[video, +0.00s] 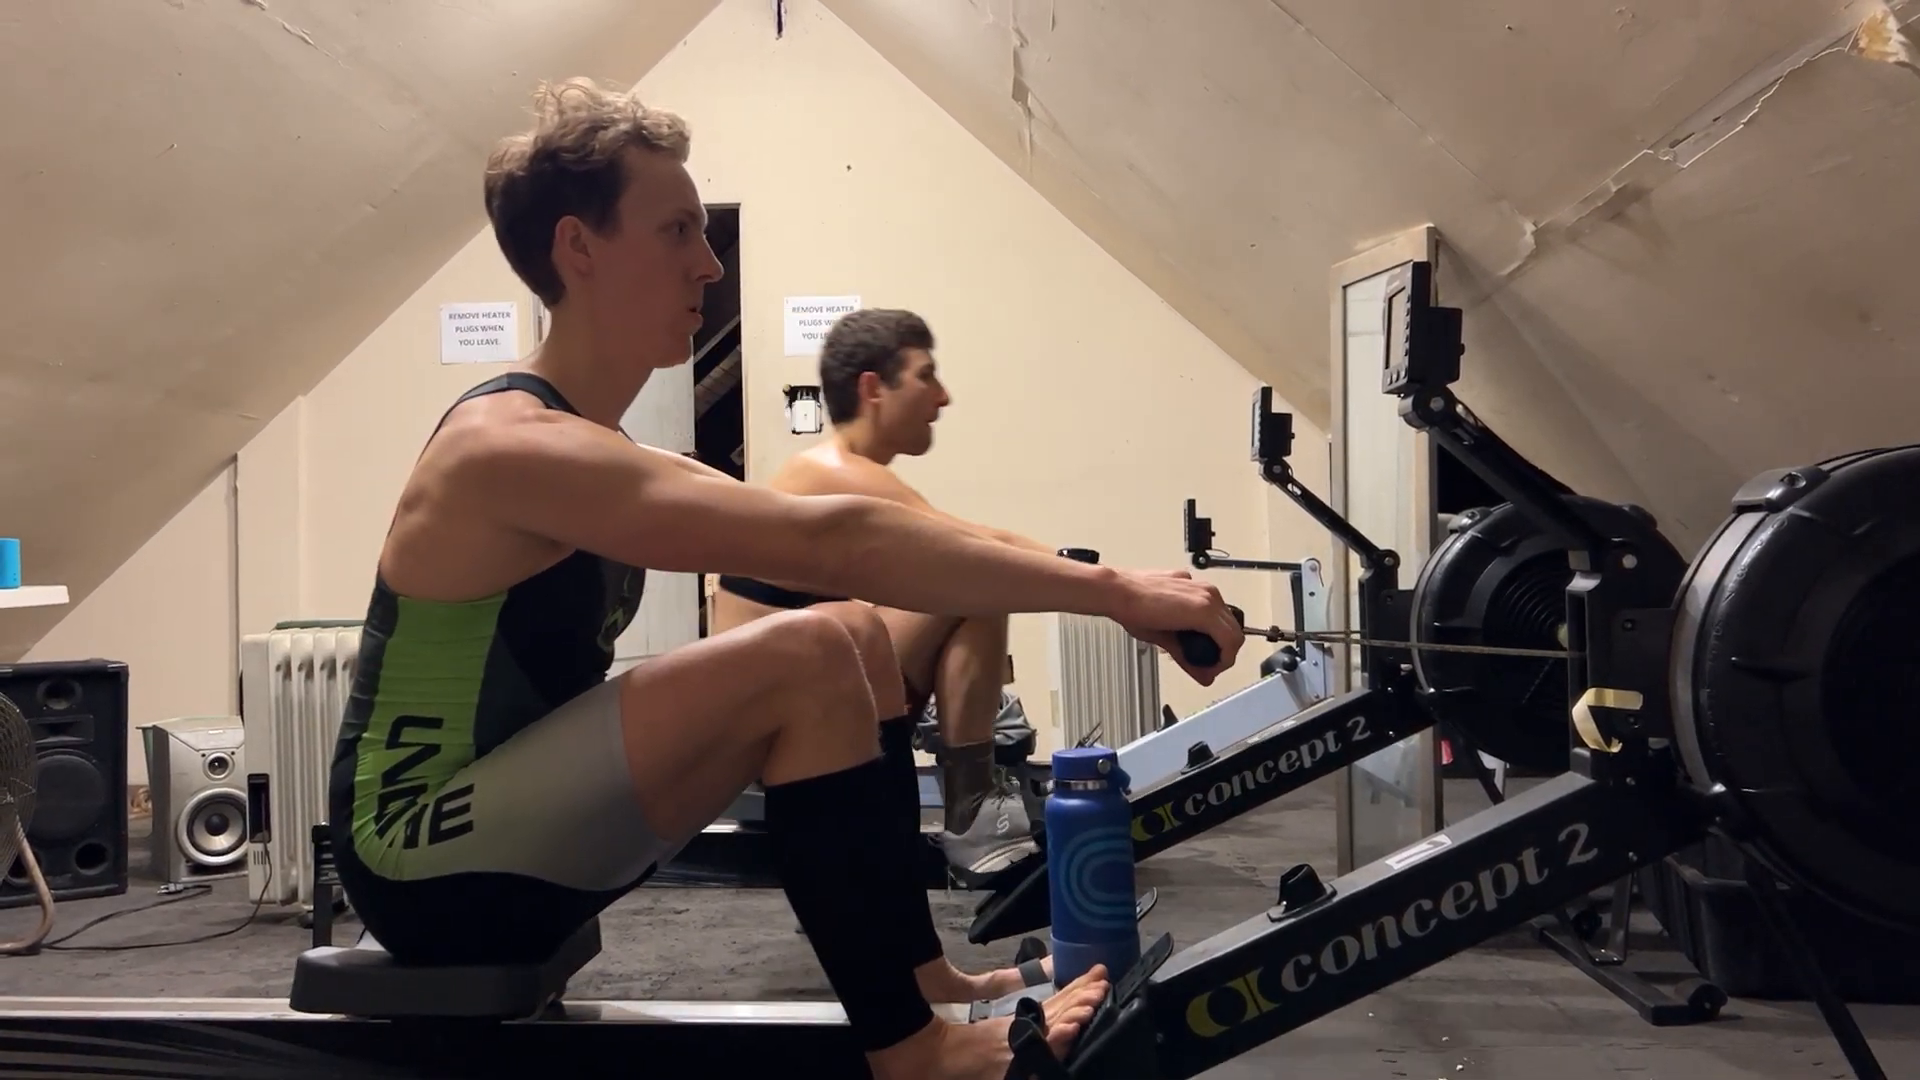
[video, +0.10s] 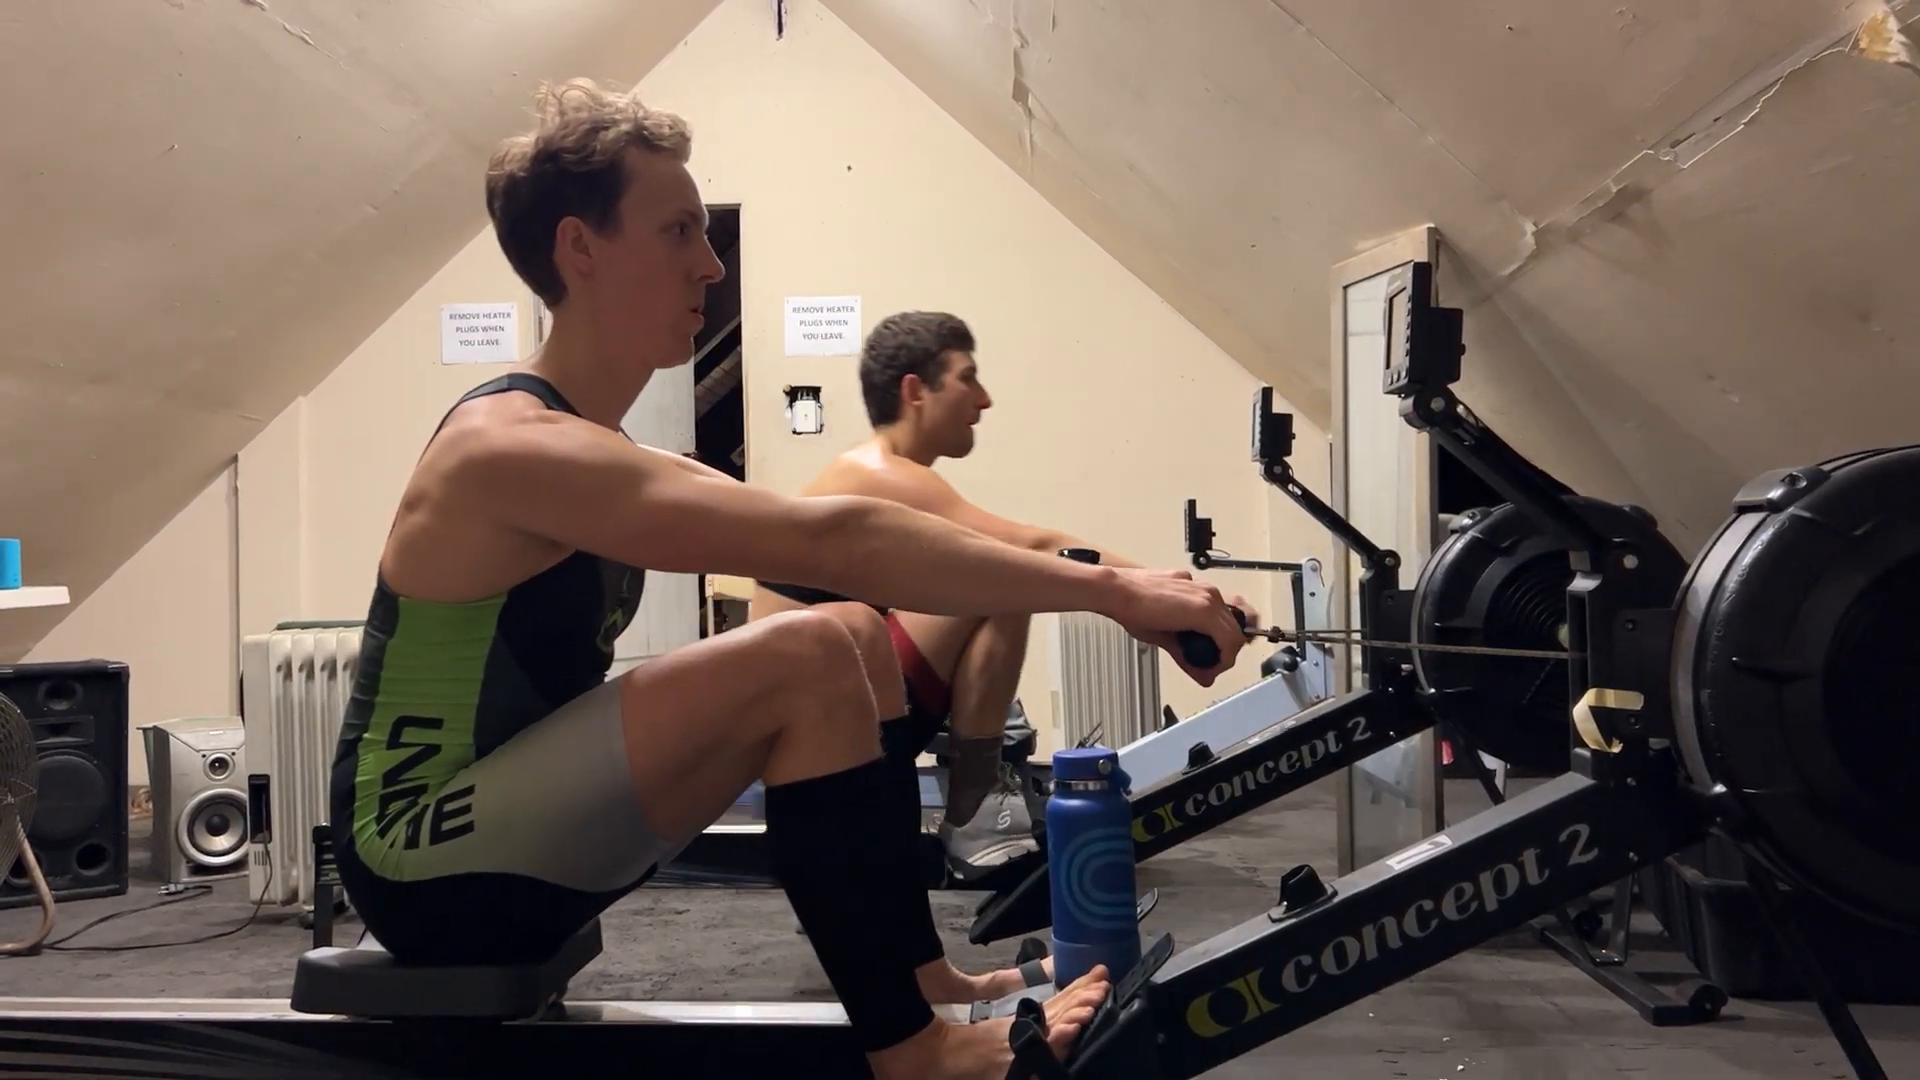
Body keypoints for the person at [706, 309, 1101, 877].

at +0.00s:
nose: (944, 397)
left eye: (937, 378)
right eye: (927, 378)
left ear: (873, 392)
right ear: (872, 390)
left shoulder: (831, 467)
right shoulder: (840, 473)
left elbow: (965, 543)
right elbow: (971, 545)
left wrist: (1071, 571)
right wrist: (1083, 574)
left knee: (974, 587)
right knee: (973, 587)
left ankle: (974, 805)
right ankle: (969, 816)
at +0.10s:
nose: (985, 399)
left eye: (978, 380)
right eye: (967, 380)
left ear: (915, 397)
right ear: (914, 394)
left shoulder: (886, 472)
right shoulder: (888, 476)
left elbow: (1022, 548)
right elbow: (1034, 549)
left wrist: (1162, 591)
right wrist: (1175, 593)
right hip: (835, 712)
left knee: (1000, 591)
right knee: (1002, 591)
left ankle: (969, 808)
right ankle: (970, 820)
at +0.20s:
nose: (1014, 400)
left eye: (1007, 382)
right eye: (997, 381)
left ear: (944, 399)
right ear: (943, 397)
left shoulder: (905, 472)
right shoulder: (918, 480)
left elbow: (1053, 546)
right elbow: (1070, 547)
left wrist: (1188, 588)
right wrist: (1215, 590)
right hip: (846, 719)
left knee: (1014, 587)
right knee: (1019, 591)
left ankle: (973, 808)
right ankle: (971, 821)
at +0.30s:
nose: (1023, 400)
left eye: (1015, 381)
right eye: (1005, 381)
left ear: (952, 400)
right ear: (952, 398)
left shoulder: (912, 474)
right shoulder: (928, 481)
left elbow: (1063, 545)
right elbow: (1077, 546)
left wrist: (1198, 586)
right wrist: (1226, 581)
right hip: (852, 714)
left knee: (1021, 586)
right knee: (1026, 591)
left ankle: (971, 802)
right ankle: (972, 818)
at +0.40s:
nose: (1000, 399)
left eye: (992, 380)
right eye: (983, 380)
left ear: (930, 399)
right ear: (929, 396)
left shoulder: (901, 472)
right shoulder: (905, 477)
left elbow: (1050, 542)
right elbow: (1061, 542)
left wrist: (1188, 580)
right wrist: (1210, 570)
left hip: (835, 695)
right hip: (841, 705)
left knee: (1009, 589)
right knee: (1010, 593)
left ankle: (982, 809)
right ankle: (971, 823)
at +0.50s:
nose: (944, 393)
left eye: (936, 375)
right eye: (927, 375)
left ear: (874, 392)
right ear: (874, 389)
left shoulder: (840, 467)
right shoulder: (854, 470)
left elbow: (987, 539)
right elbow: (996, 537)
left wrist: (1127, 575)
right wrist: (1138, 564)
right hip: (798, 714)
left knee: (976, 592)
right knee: (977, 590)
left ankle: (979, 802)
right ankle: (973, 818)